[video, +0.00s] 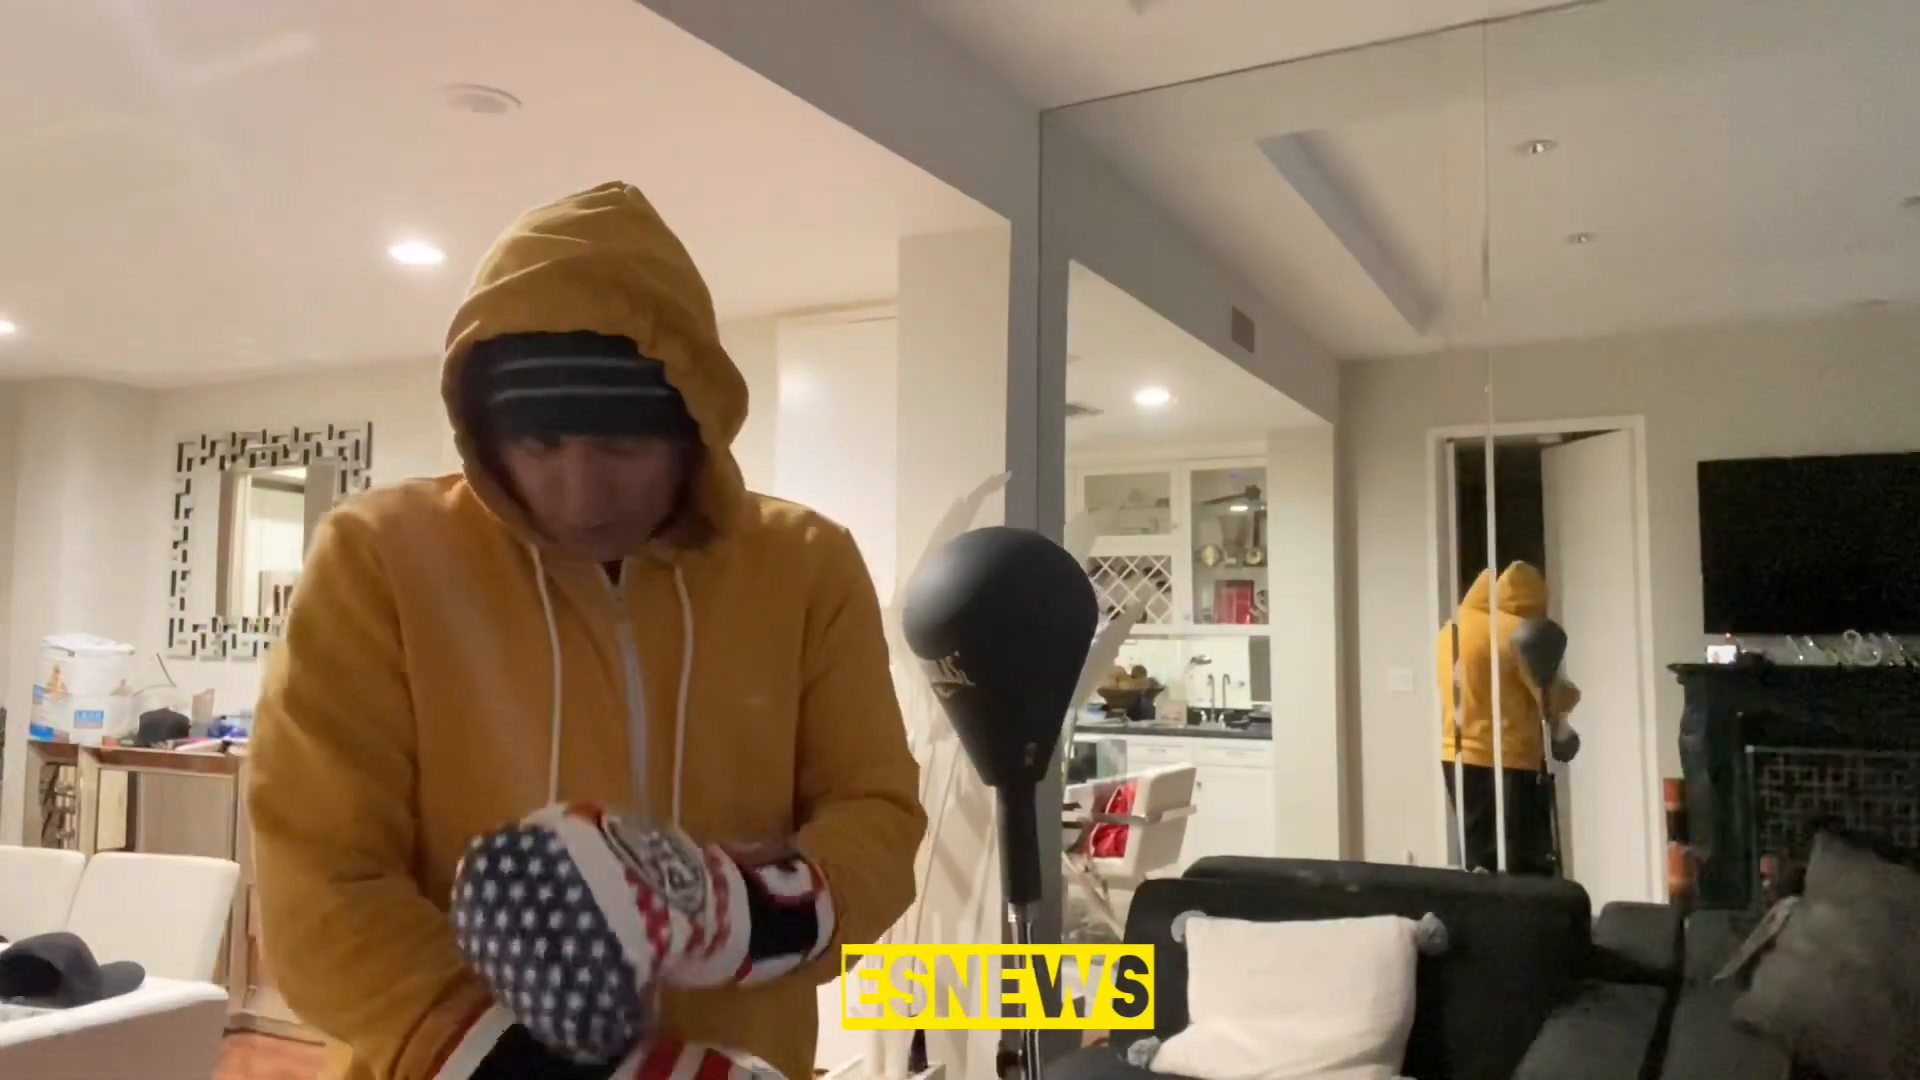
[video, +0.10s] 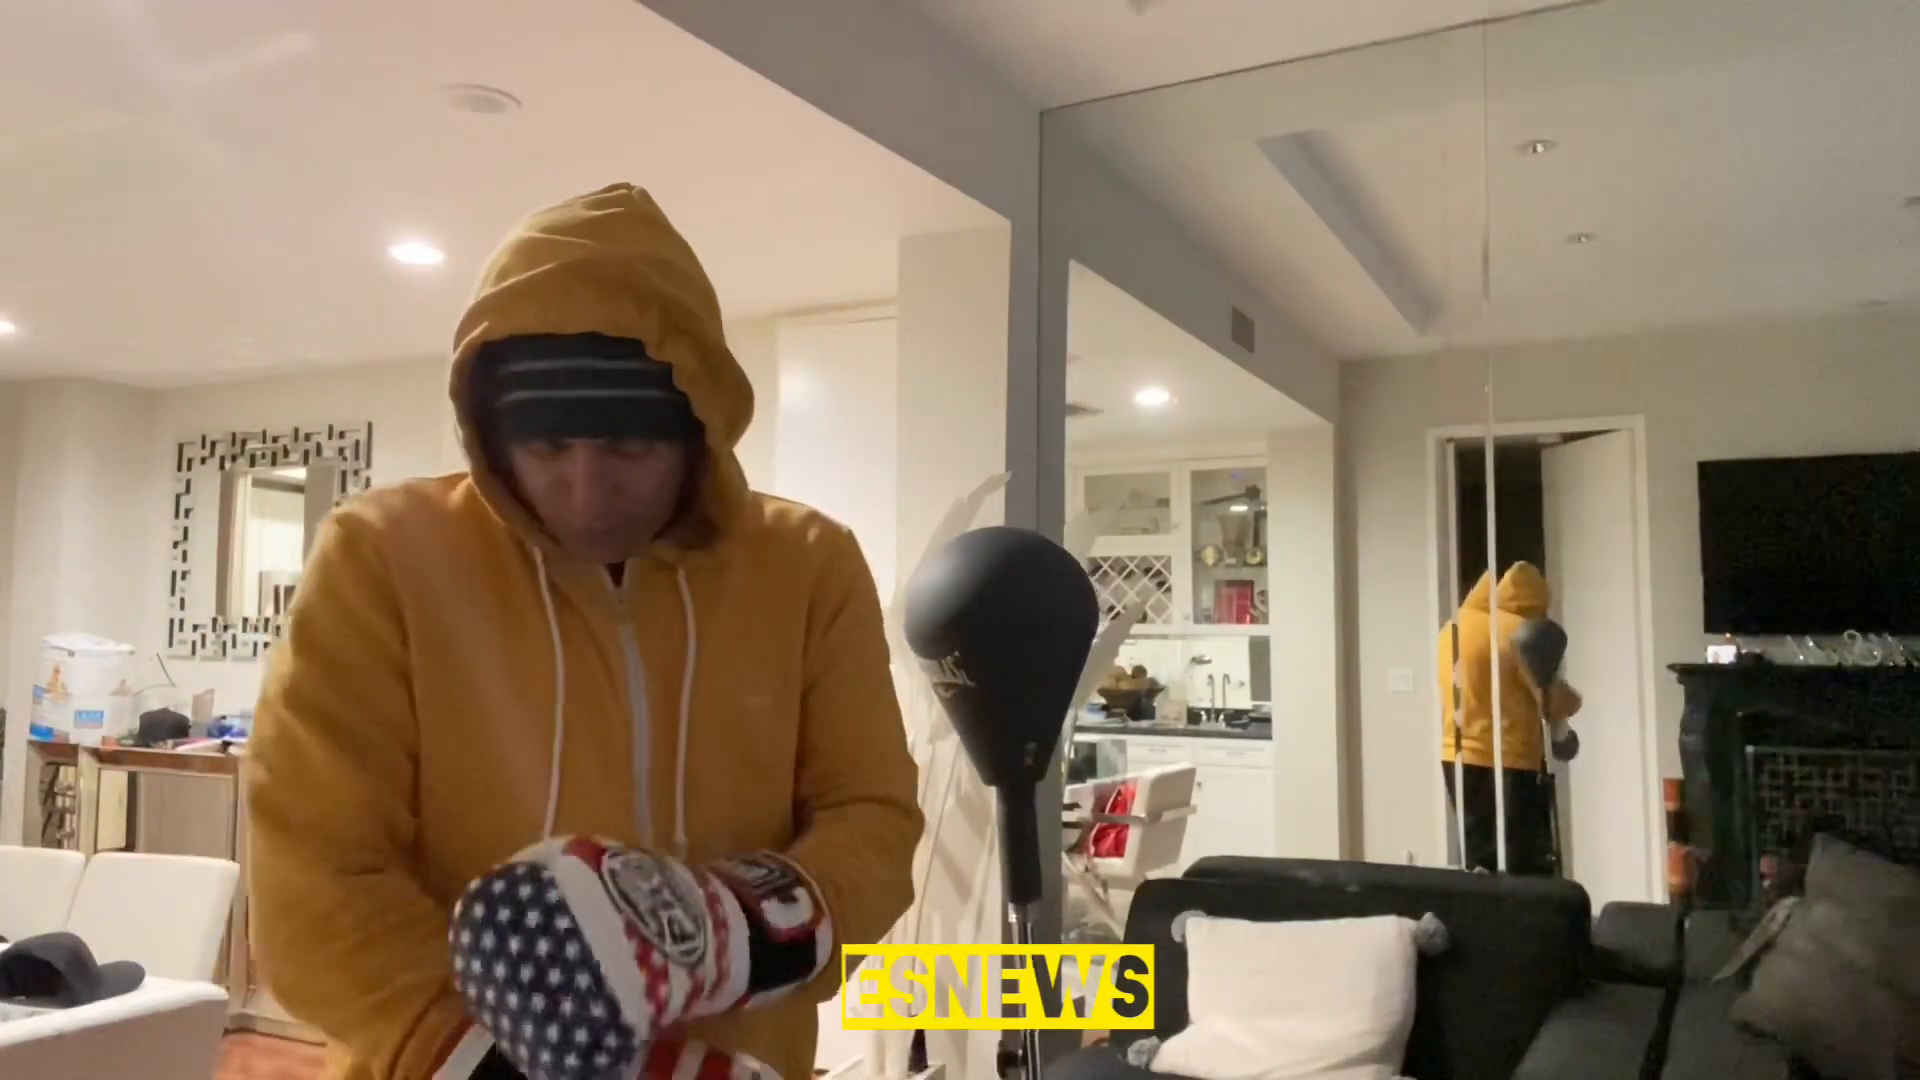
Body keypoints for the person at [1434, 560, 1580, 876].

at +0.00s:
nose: (1541, 613)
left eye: (1541, 606)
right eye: (1540, 605)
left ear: (1493, 590)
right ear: (1531, 599)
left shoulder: (1451, 631)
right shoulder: (1520, 633)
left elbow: (1452, 699)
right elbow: (1550, 700)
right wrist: (1571, 692)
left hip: (1461, 764)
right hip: (1515, 768)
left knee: (1479, 863)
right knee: (1528, 865)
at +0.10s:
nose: (1543, 615)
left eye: (1544, 608)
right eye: (1542, 607)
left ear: (1496, 590)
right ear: (1532, 600)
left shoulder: (1452, 630)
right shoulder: (1523, 632)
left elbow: (1452, 703)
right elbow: (1553, 702)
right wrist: (1573, 697)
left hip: (1462, 764)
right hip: (1516, 769)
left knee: (1478, 861)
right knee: (1528, 865)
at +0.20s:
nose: (1543, 617)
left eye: (1544, 611)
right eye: (1542, 609)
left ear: (1498, 591)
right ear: (1534, 602)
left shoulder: (1454, 628)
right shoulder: (1527, 633)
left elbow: (1448, 698)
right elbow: (1553, 702)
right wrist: (1573, 703)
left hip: (1461, 763)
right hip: (1518, 767)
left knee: (1478, 860)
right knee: (1529, 863)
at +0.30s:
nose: (1546, 616)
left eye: (1547, 610)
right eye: (1546, 609)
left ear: (1501, 590)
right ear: (1538, 602)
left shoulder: (1457, 626)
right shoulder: (1528, 631)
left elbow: (1449, 692)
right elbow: (1557, 702)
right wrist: (1569, 717)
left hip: (1461, 763)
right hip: (1517, 767)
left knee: (1478, 863)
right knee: (1530, 865)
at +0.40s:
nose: (1548, 617)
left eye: (1549, 611)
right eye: (1547, 610)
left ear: (1505, 591)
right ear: (1540, 602)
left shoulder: (1458, 626)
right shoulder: (1532, 631)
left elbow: (1448, 693)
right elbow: (1560, 707)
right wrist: (1568, 720)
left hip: (1461, 762)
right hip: (1518, 766)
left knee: (1477, 860)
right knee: (1529, 862)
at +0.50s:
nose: (1550, 617)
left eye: (1550, 611)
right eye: (1549, 610)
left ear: (1510, 590)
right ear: (1542, 602)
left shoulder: (1461, 625)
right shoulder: (1534, 630)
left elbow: (1444, 688)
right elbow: (1559, 699)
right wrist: (1567, 723)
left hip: (1463, 759)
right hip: (1518, 762)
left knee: (1477, 854)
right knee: (1527, 855)